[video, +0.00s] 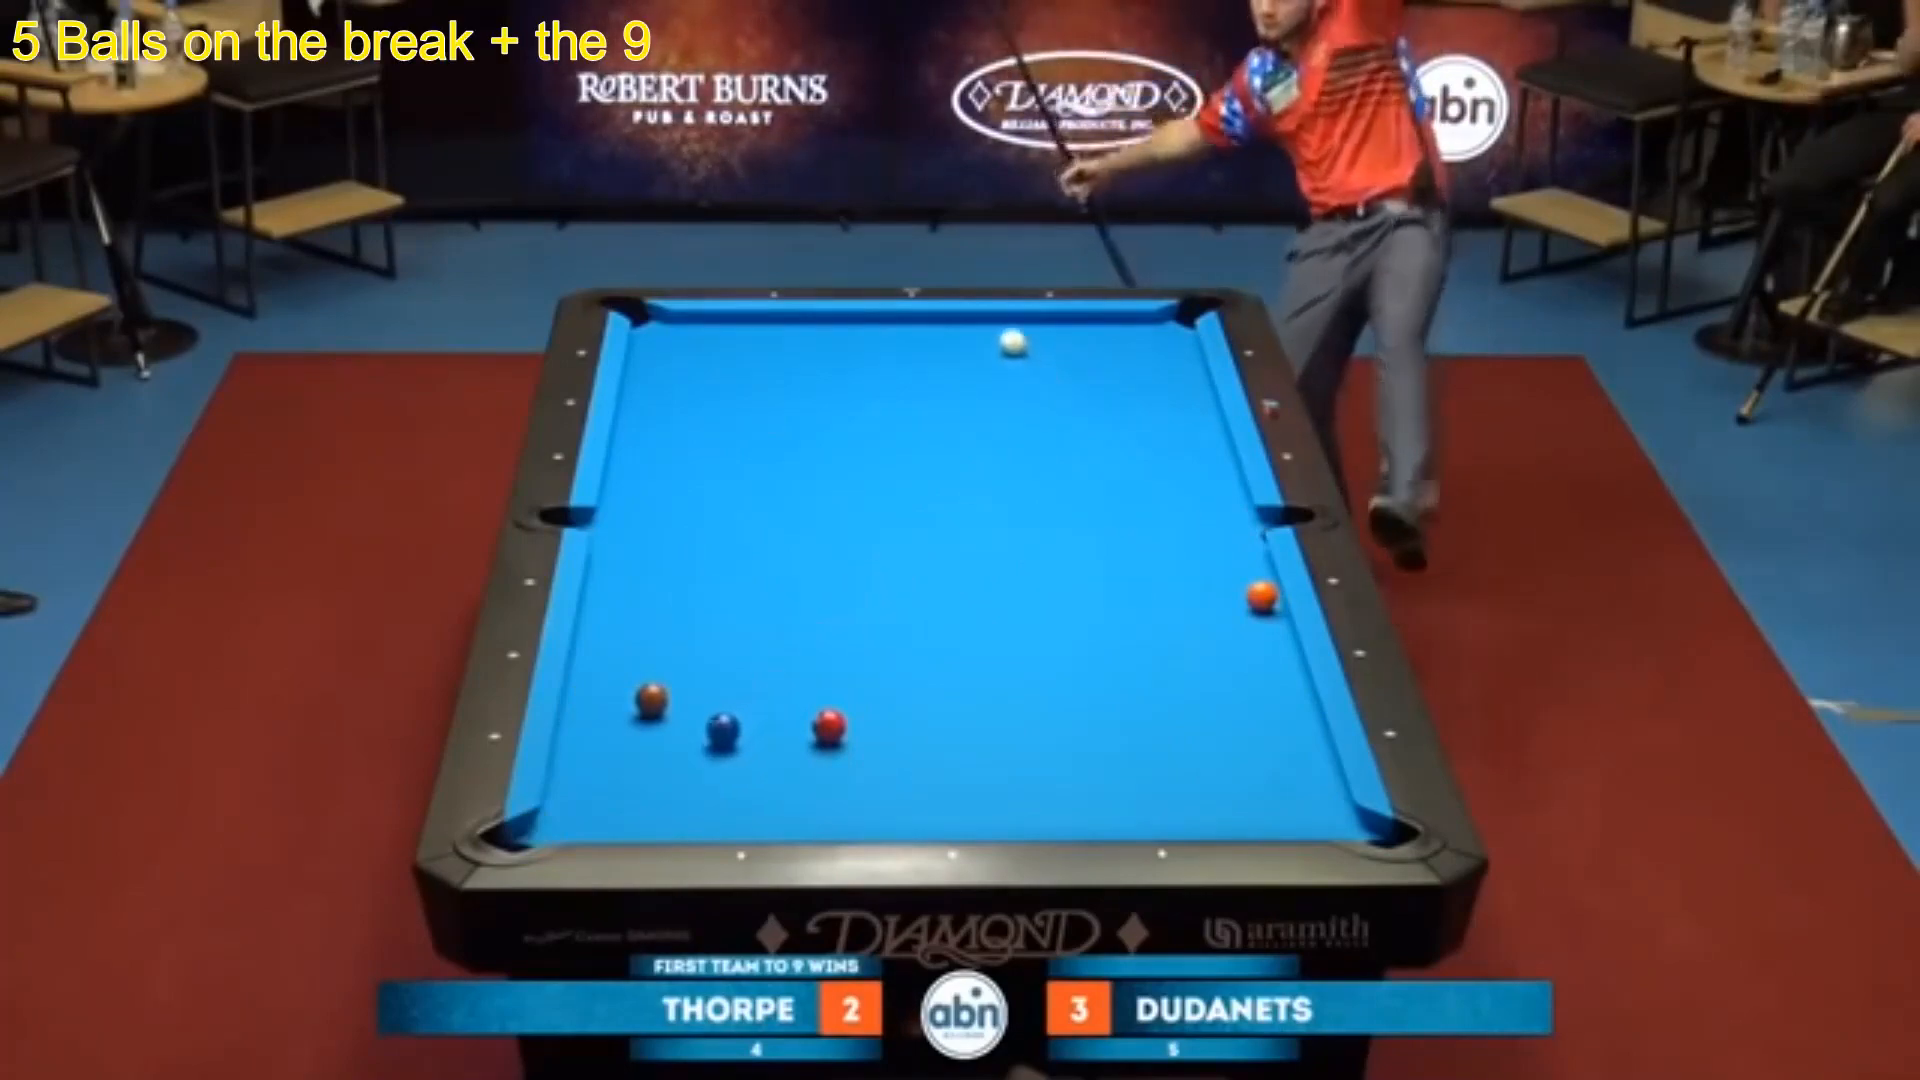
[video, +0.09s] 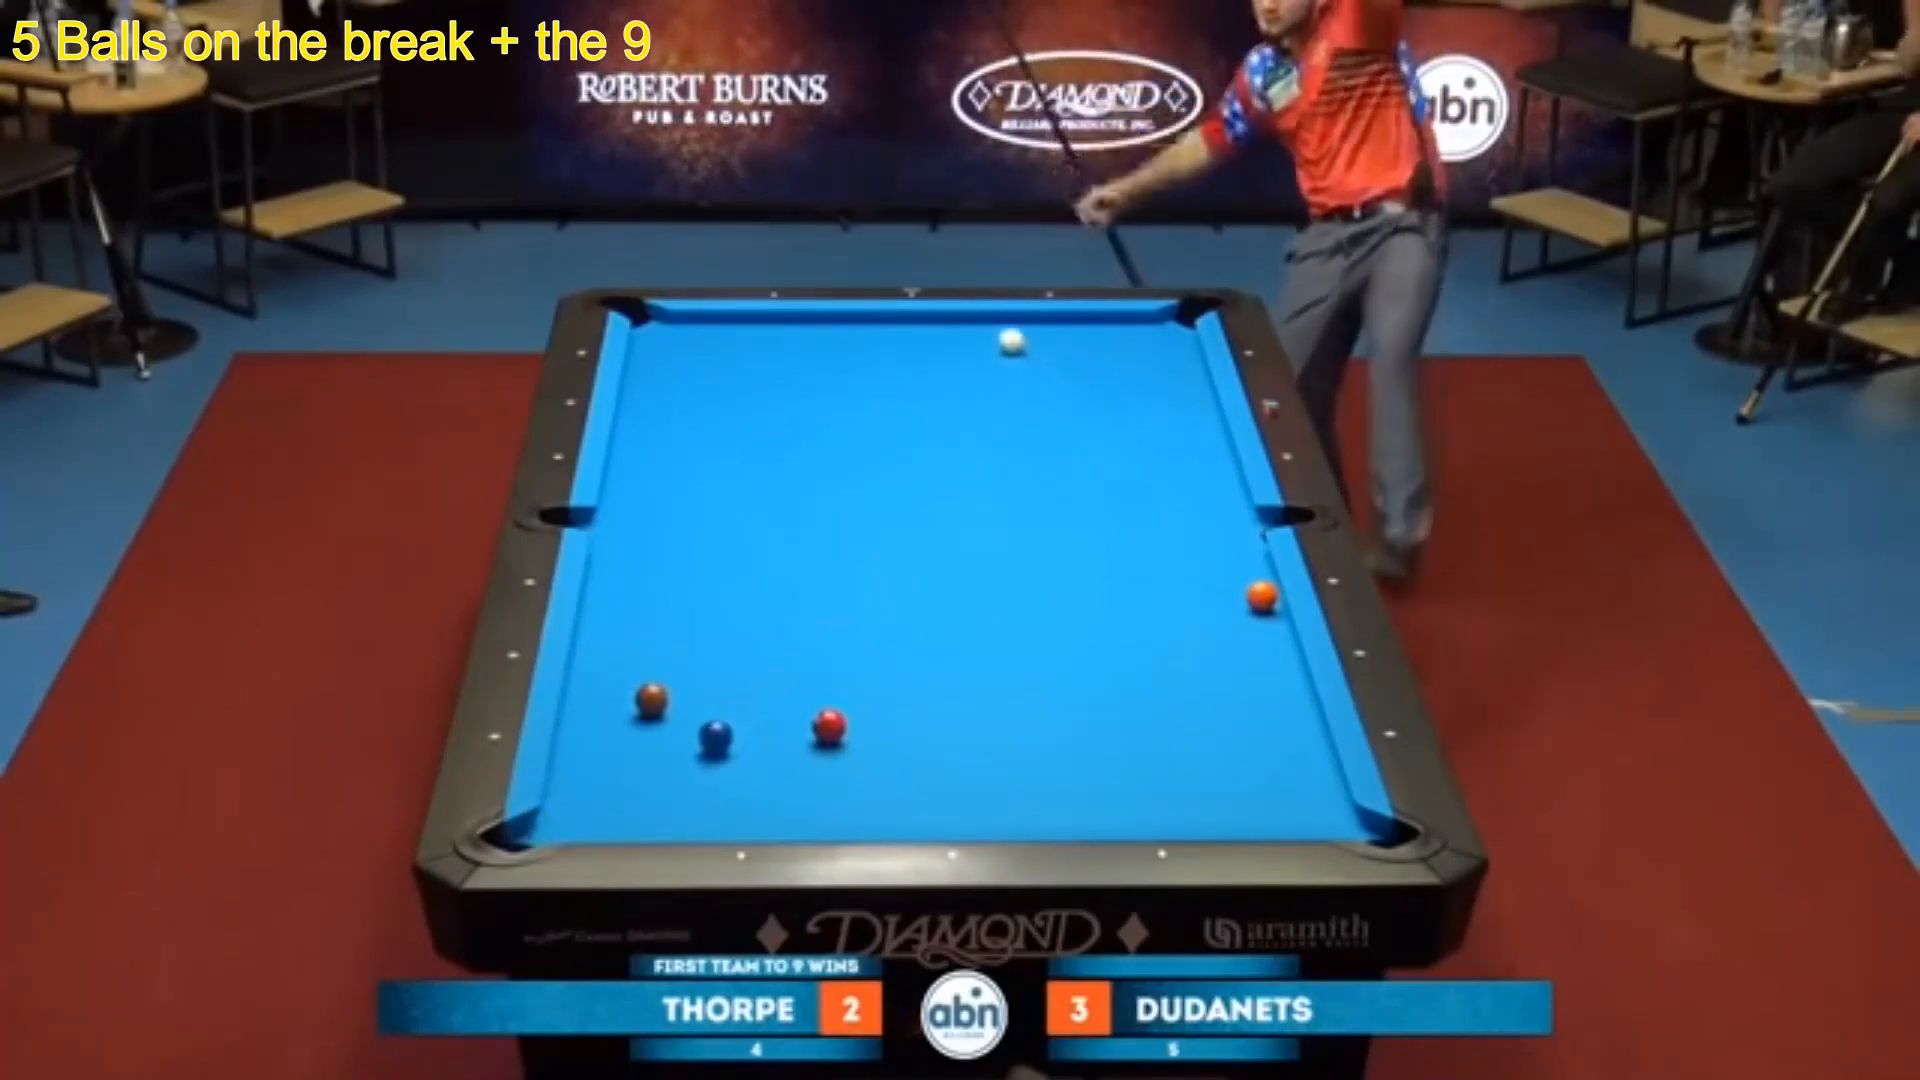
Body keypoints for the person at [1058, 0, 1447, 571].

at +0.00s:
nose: (1264, 9)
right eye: (1256, 0)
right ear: (1249, 6)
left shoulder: (1362, 19)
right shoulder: (1257, 78)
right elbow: (1191, 133)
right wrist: (1106, 163)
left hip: (1406, 220)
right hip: (1329, 235)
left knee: (1399, 337)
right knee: (1290, 380)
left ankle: (1404, 505)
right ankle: (1317, 523)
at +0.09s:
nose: (1265, 6)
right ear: (1253, 6)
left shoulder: (1360, 25)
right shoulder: (1259, 74)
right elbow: (1202, 145)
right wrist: (1120, 193)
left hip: (1403, 225)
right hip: (1327, 238)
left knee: (1390, 356)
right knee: (1289, 381)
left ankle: (1401, 536)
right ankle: (1317, 533)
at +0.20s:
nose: (1265, 8)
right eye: (1256, 1)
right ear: (1251, 6)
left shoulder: (1363, 14)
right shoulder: (1264, 70)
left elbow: (1406, 75)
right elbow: (1240, 162)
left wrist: (1390, 166)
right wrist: (1176, 244)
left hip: (1394, 231)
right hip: (1317, 242)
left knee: (1368, 392)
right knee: (1288, 398)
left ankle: (1382, 566)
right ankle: (1308, 558)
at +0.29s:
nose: (1264, 7)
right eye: (1257, 1)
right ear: (1258, 7)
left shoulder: (1372, 41)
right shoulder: (1275, 64)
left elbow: (1419, 142)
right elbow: (1267, 173)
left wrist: (1406, 257)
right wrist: (1228, 263)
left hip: (1378, 248)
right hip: (1311, 250)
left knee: (1354, 423)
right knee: (1283, 405)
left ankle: (1373, 590)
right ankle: (1305, 571)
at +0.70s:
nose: (1273, 42)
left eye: (1287, 25)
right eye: (1261, 28)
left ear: (1326, 12)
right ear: (1250, 20)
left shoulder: (1366, 94)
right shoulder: (1306, 57)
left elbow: (1385, 236)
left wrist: (1355, 347)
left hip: (1369, 271)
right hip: (1316, 249)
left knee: (1334, 441)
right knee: (1271, 389)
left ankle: (1365, 596)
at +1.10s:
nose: (1166, 41)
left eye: (1178, 26)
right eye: (1164, 26)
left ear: (1226, 19)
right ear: (1217, 21)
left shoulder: (1280, 84)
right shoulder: (1253, 47)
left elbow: (1293, 232)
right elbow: (1282, 133)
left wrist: (1285, 350)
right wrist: (1268, 204)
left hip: (1341, 249)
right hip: (1280, 236)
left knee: (1320, 429)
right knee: (1263, 398)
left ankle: (1370, 599)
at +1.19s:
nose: (1122, 11)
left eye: (1130, 1)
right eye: (1123, 3)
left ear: (1167, 4)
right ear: (1176, 6)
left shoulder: (1228, 74)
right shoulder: (1230, 31)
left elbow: (1274, 198)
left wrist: (1291, 313)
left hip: (1292, 251)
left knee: (1292, 441)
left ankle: (1357, 608)